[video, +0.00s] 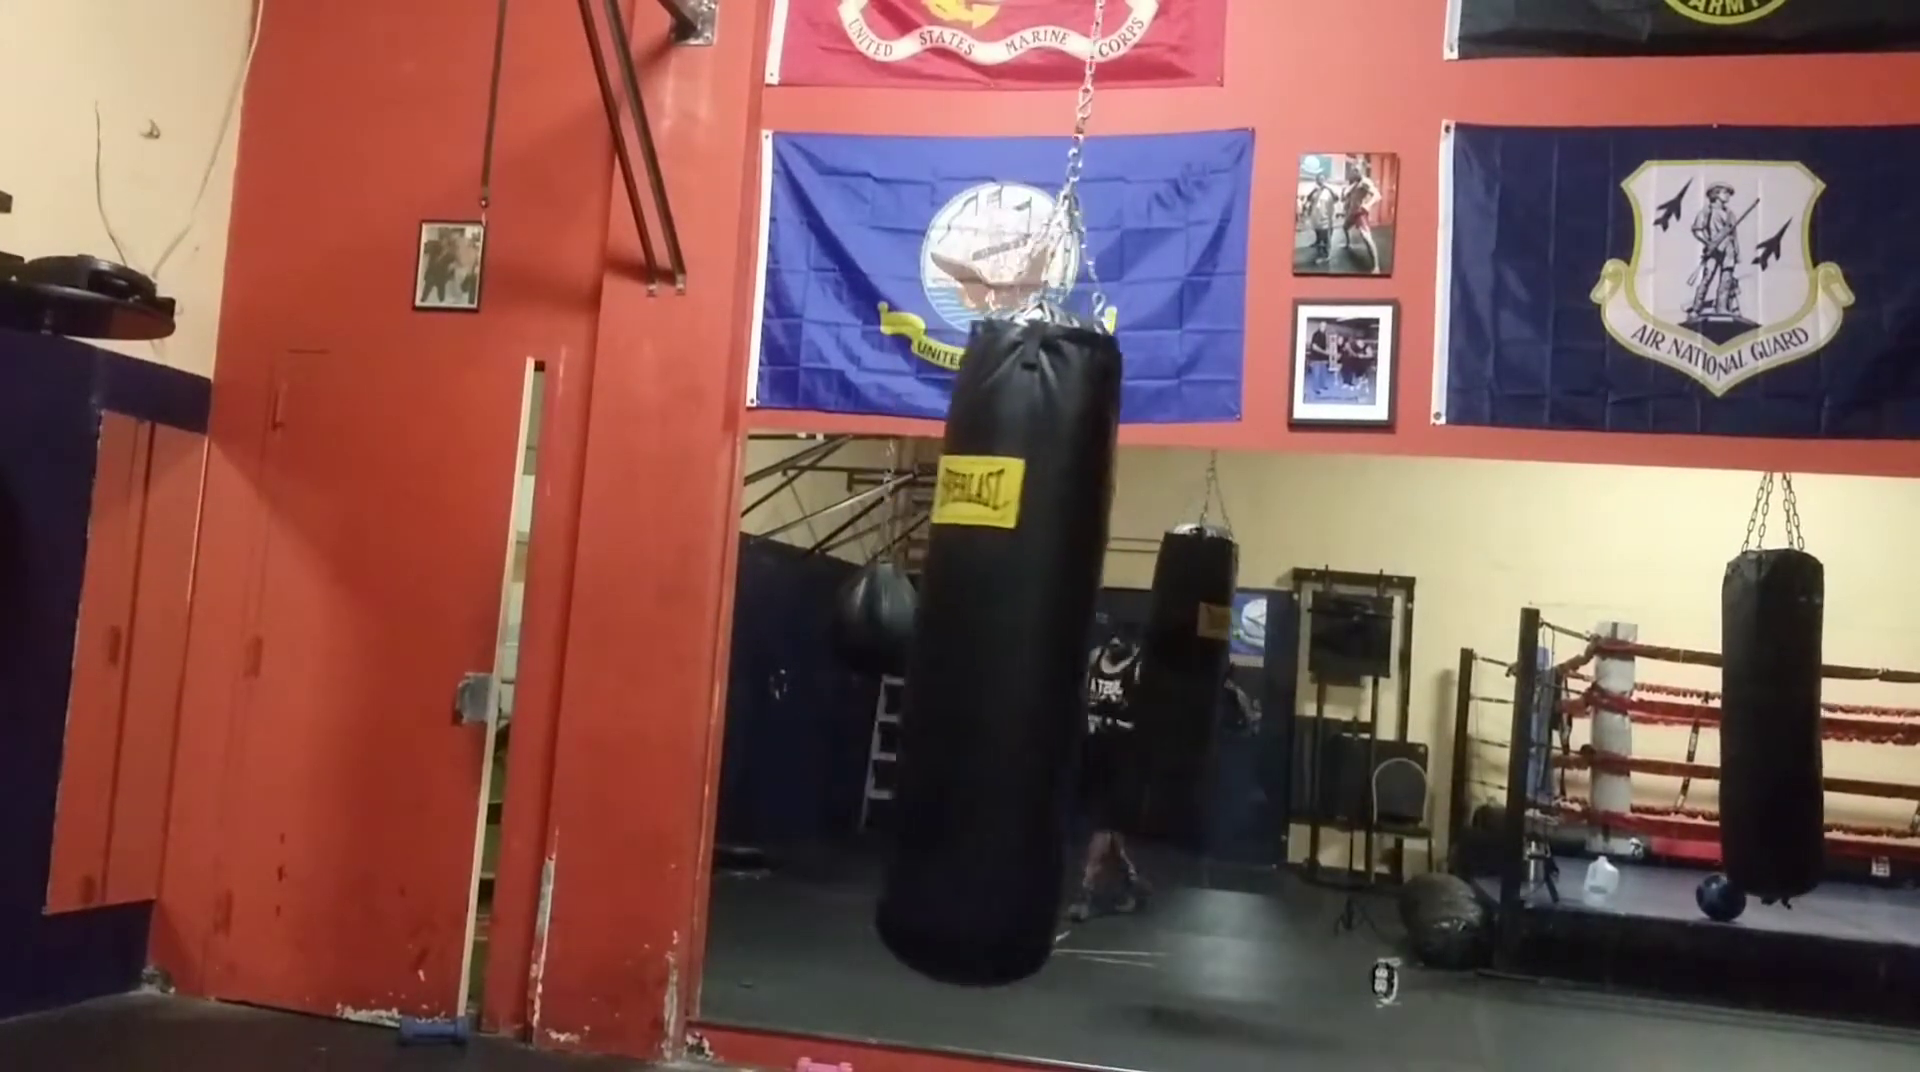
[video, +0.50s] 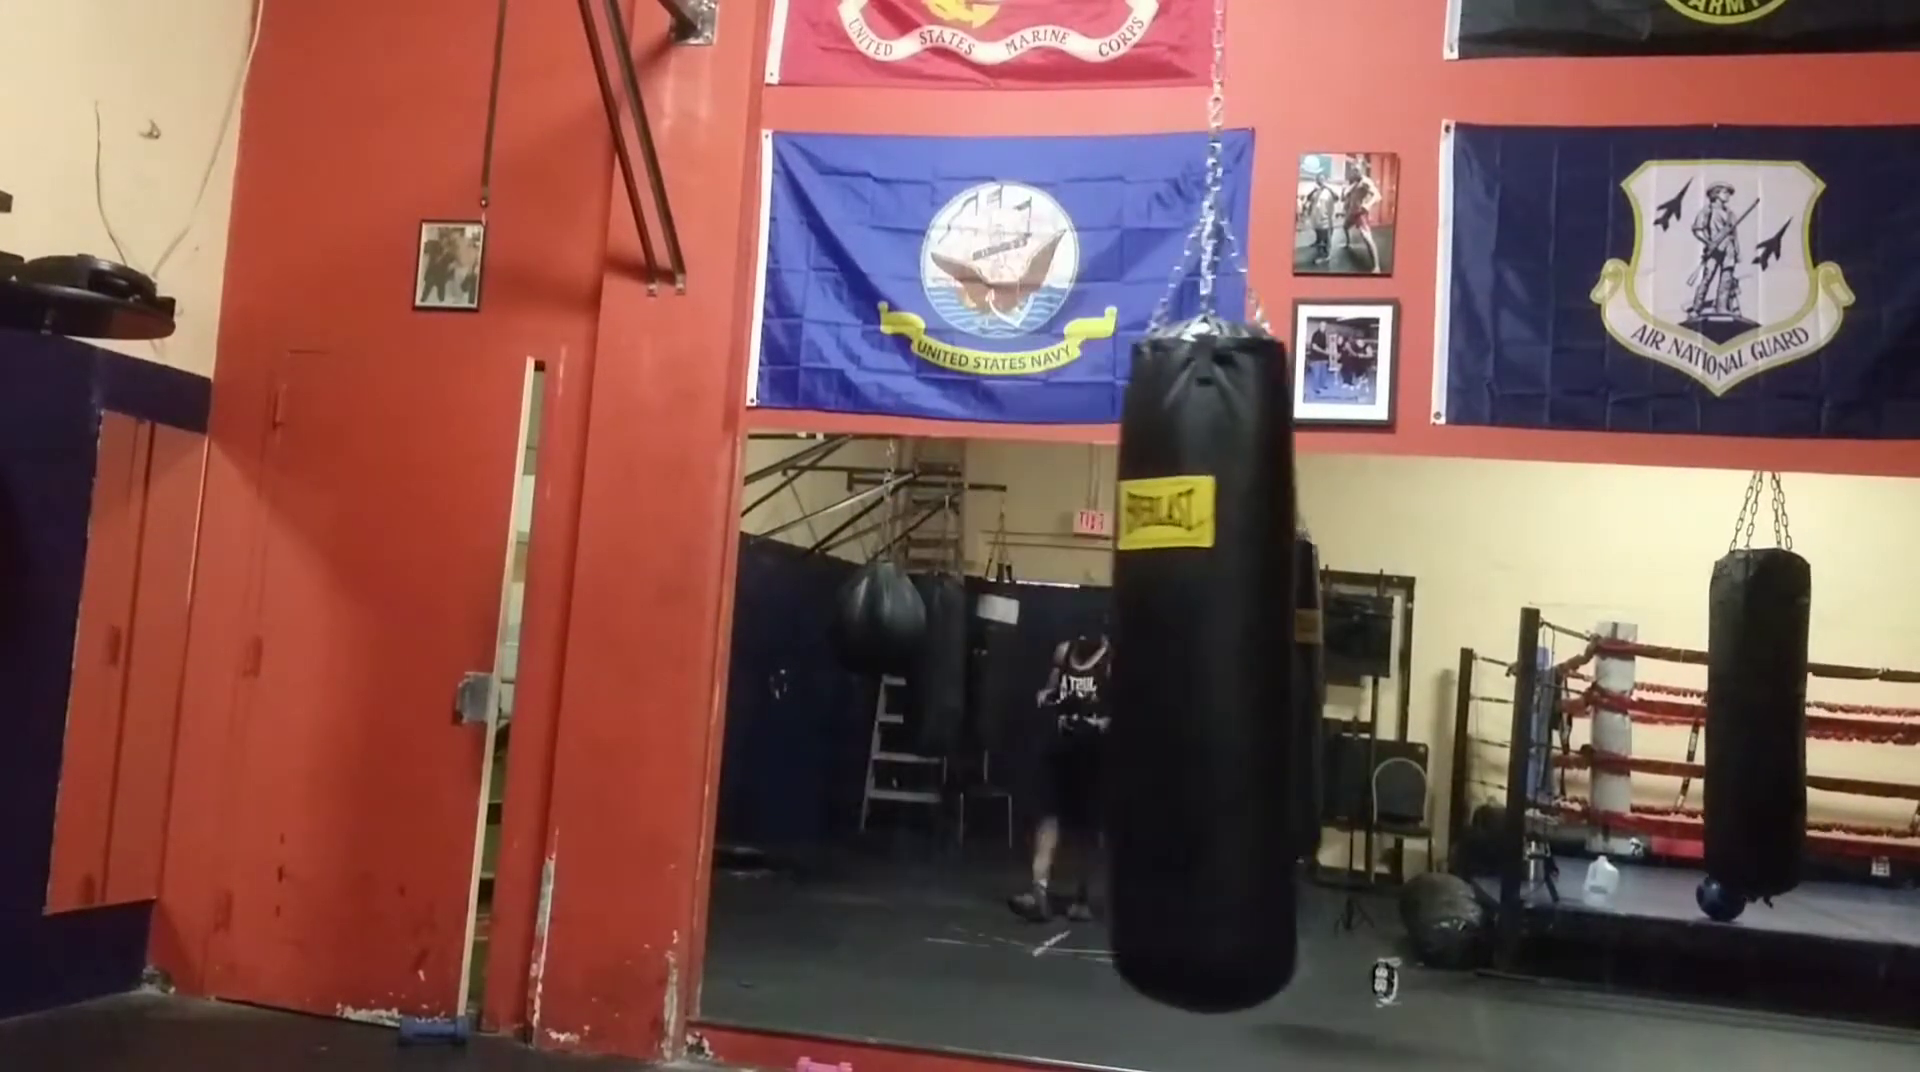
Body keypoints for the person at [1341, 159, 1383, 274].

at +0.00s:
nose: (1350, 175)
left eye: (1353, 172)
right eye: (1350, 172)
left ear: (1357, 173)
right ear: (1351, 174)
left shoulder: (1364, 182)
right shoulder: (1352, 185)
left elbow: (1376, 195)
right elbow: (1344, 199)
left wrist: (1367, 206)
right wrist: (1343, 191)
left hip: (1361, 212)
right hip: (1351, 212)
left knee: (1366, 236)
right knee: (1345, 227)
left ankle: (1376, 266)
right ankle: (1348, 243)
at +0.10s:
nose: (1351, 175)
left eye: (1353, 172)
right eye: (1350, 173)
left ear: (1358, 173)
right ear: (1350, 174)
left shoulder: (1365, 182)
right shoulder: (1352, 185)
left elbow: (1377, 195)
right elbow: (1344, 198)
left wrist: (1367, 206)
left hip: (1360, 211)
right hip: (1351, 211)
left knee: (1366, 236)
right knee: (1345, 227)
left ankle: (1376, 266)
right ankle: (1348, 243)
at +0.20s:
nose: (1351, 175)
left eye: (1353, 172)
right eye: (1350, 172)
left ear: (1358, 173)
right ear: (1350, 174)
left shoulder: (1364, 182)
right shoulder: (1352, 185)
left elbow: (1377, 195)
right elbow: (1344, 198)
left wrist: (1367, 206)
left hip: (1360, 211)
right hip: (1351, 212)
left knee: (1366, 236)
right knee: (1345, 227)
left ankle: (1376, 266)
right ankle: (1347, 243)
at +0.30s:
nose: (1352, 174)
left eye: (1354, 171)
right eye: (1351, 171)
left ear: (1359, 172)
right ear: (1350, 173)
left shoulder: (1365, 182)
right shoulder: (1352, 185)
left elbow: (1376, 196)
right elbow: (1344, 199)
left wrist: (1367, 206)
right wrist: (1344, 190)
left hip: (1360, 212)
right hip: (1351, 212)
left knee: (1366, 237)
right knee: (1345, 227)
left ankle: (1376, 266)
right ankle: (1348, 243)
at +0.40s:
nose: (1352, 173)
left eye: (1354, 170)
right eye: (1351, 171)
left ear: (1359, 171)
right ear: (1350, 172)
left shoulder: (1365, 182)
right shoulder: (1351, 185)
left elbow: (1376, 196)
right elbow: (1344, 198)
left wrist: (1367, 206)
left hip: (1360, 212)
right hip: (1350, 212)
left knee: (1366, 237)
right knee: (1345, 227)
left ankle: (1376, 266)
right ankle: (1348, 243)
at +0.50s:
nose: (1351, 174)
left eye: (1353, 171)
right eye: (1350, 171)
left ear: (1358, 171)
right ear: (1350, 172)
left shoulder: (1365, 182)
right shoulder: (1351, 184)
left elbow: (1376, 195)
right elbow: (1344, 198)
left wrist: (1367, 205)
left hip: (1361, 212)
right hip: (1351, 212)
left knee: (1366, 237)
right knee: (1345, 227)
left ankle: (1376, 266)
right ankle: (1348, 243)